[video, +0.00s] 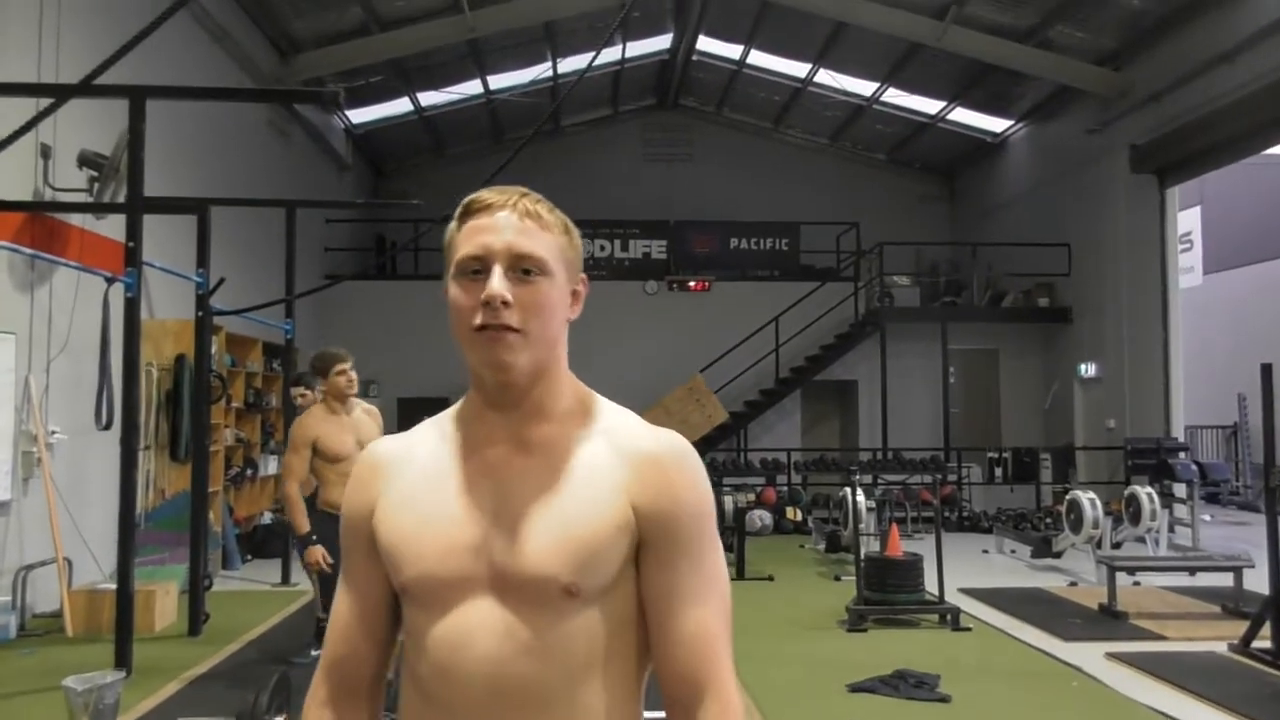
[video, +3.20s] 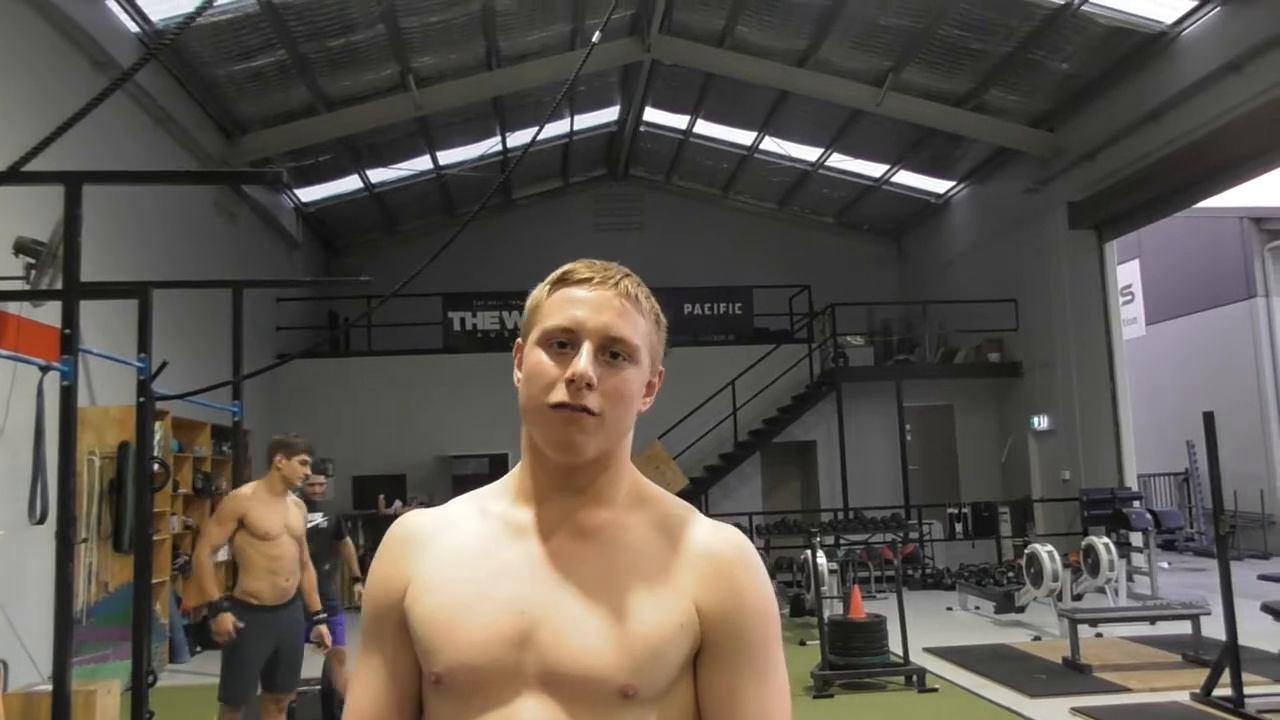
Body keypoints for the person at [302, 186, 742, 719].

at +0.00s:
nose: (495, 293)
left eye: (526, 271)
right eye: (472, 271)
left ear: (574, 299)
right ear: (447, 298)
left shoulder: (656, 467)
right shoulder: (384, 471)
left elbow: (706, 703)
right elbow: (340, 699)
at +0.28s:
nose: (551, 299)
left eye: (584, 280)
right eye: (532, 273)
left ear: (627, 312)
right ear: (499, 291)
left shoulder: (697, 476)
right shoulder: (416, 469)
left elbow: (749, 706)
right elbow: (365, 700)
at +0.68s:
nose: (624, 303)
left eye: (658, 288)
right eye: (604, 275)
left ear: (694, 323)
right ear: (564, 292)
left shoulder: (761, 497)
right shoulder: (463, 474)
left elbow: (818, 713)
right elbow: (405, 705)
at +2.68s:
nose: (590, 361)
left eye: (624, 343)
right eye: (571, 331)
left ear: (660, 380)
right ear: (533, 349)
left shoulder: (727, 549)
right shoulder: (428, 533)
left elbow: (775, 709)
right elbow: (381, 711)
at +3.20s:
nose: (580, 373)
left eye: (614, 354)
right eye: (559, 345)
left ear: (649, 389)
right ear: (519, 364)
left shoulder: (718, 565)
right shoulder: (415, 547)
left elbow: (760, 709)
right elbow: (369, 711)